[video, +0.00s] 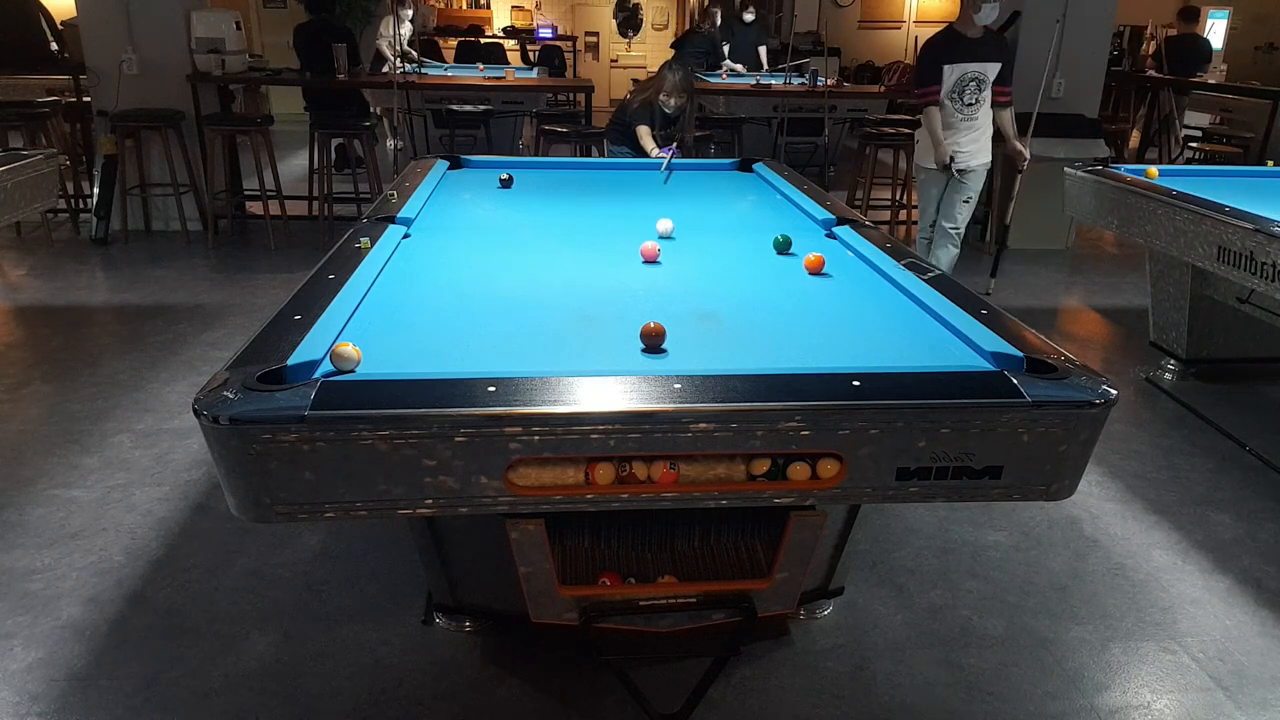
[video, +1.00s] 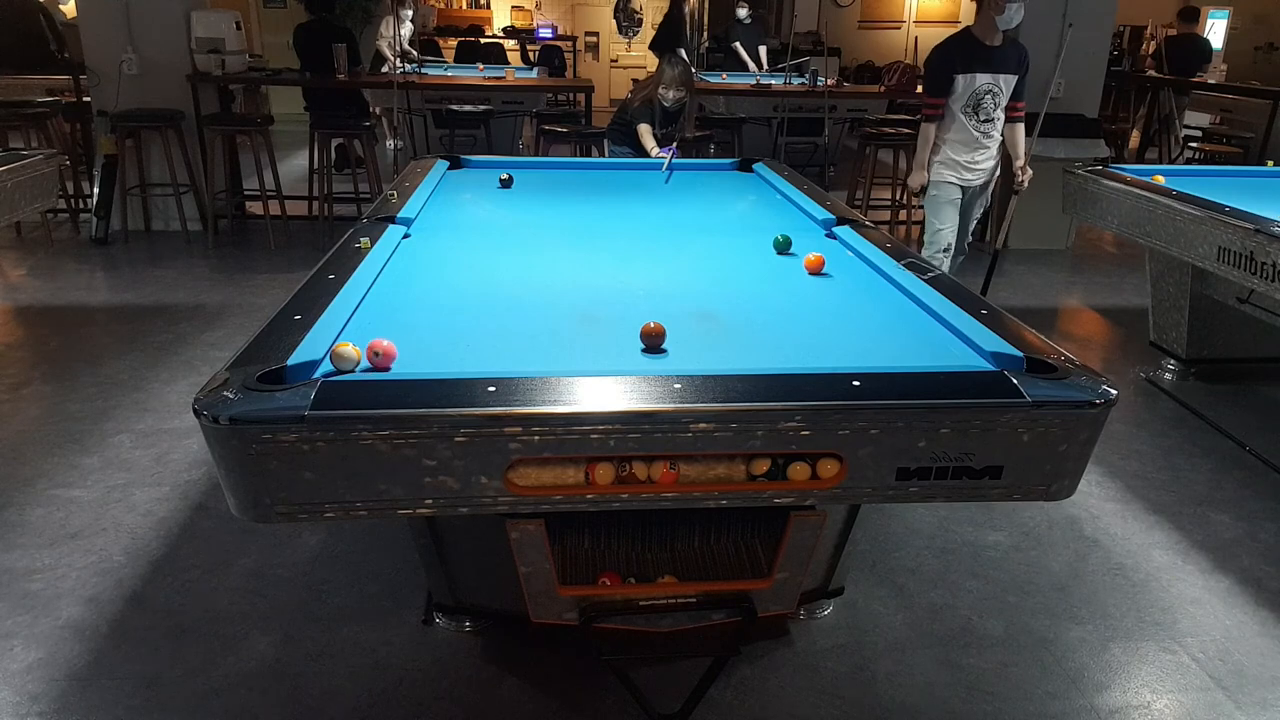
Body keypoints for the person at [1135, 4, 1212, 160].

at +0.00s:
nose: (1175, 24)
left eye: (1176, 21)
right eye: (1176, 21)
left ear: (1179, 21)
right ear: (1197, 22)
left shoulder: (1169, 41)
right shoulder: (1205, 44)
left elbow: (1150, 64)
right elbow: (1205, 70)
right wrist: (1187, 67)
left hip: (1164, 91)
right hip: (1185, 92)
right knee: (1175, 126)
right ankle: (1170, 161)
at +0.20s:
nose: (1175, 24)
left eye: (1176, 21)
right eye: (1176, 21)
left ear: (1178, 21)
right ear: (1197, 22)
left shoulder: (1169, 41)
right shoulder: (1205, 44)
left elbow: (1150, 64)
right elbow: (1205, 69)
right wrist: (1188, 65)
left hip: (1163, 91)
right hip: (1184, 92)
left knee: (1144, 125)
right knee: (1174, 128)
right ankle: (1170, 162)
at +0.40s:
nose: (1175, 24)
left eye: (1176, 21)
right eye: (1176, 21)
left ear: (1178, 21)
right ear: (1197, 22)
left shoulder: (1169, 41)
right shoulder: (1205, 44)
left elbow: (1150, 64)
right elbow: (1204, 70)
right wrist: (1187, 67)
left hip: (1163, 91)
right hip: (1185, 92)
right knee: (1175, 126)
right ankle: (1170, 161)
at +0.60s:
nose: (1175, 24)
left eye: (1176, 21)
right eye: (1176, 21)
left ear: (1179, 21)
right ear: (1197, 22)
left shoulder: (1169, 41)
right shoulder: (1205, 44)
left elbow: (1150, 63)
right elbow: (1204, 69)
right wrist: (1188, 66)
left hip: (1163, 90)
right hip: (1184, 92)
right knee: (1175, 126)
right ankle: (1169, 161)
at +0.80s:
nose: (1176, 24)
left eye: (1176, 21)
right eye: (1177, 22)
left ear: (1178, 21)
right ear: (1197, 22)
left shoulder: (1168, 41)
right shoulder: (1205, 43)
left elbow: (1150, 64)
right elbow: (1205, 69)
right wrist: (1187, 66)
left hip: (1162, 92)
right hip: (1183, 93)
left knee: (1142, 126)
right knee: (1173, 129)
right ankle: (1169, 164)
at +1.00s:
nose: (1176, 24)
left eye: (1177, 21)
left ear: (1178, 21)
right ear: (1197, 22)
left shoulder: (1168, 41)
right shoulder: (1205, 43)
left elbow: (1150, 64)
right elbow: (1205, 70)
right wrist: (1187, 67)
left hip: (1162, 91)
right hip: (1183, 93)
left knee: (1142, 125)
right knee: (1173, 129)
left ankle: (1131, 159)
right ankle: (1169, 164)